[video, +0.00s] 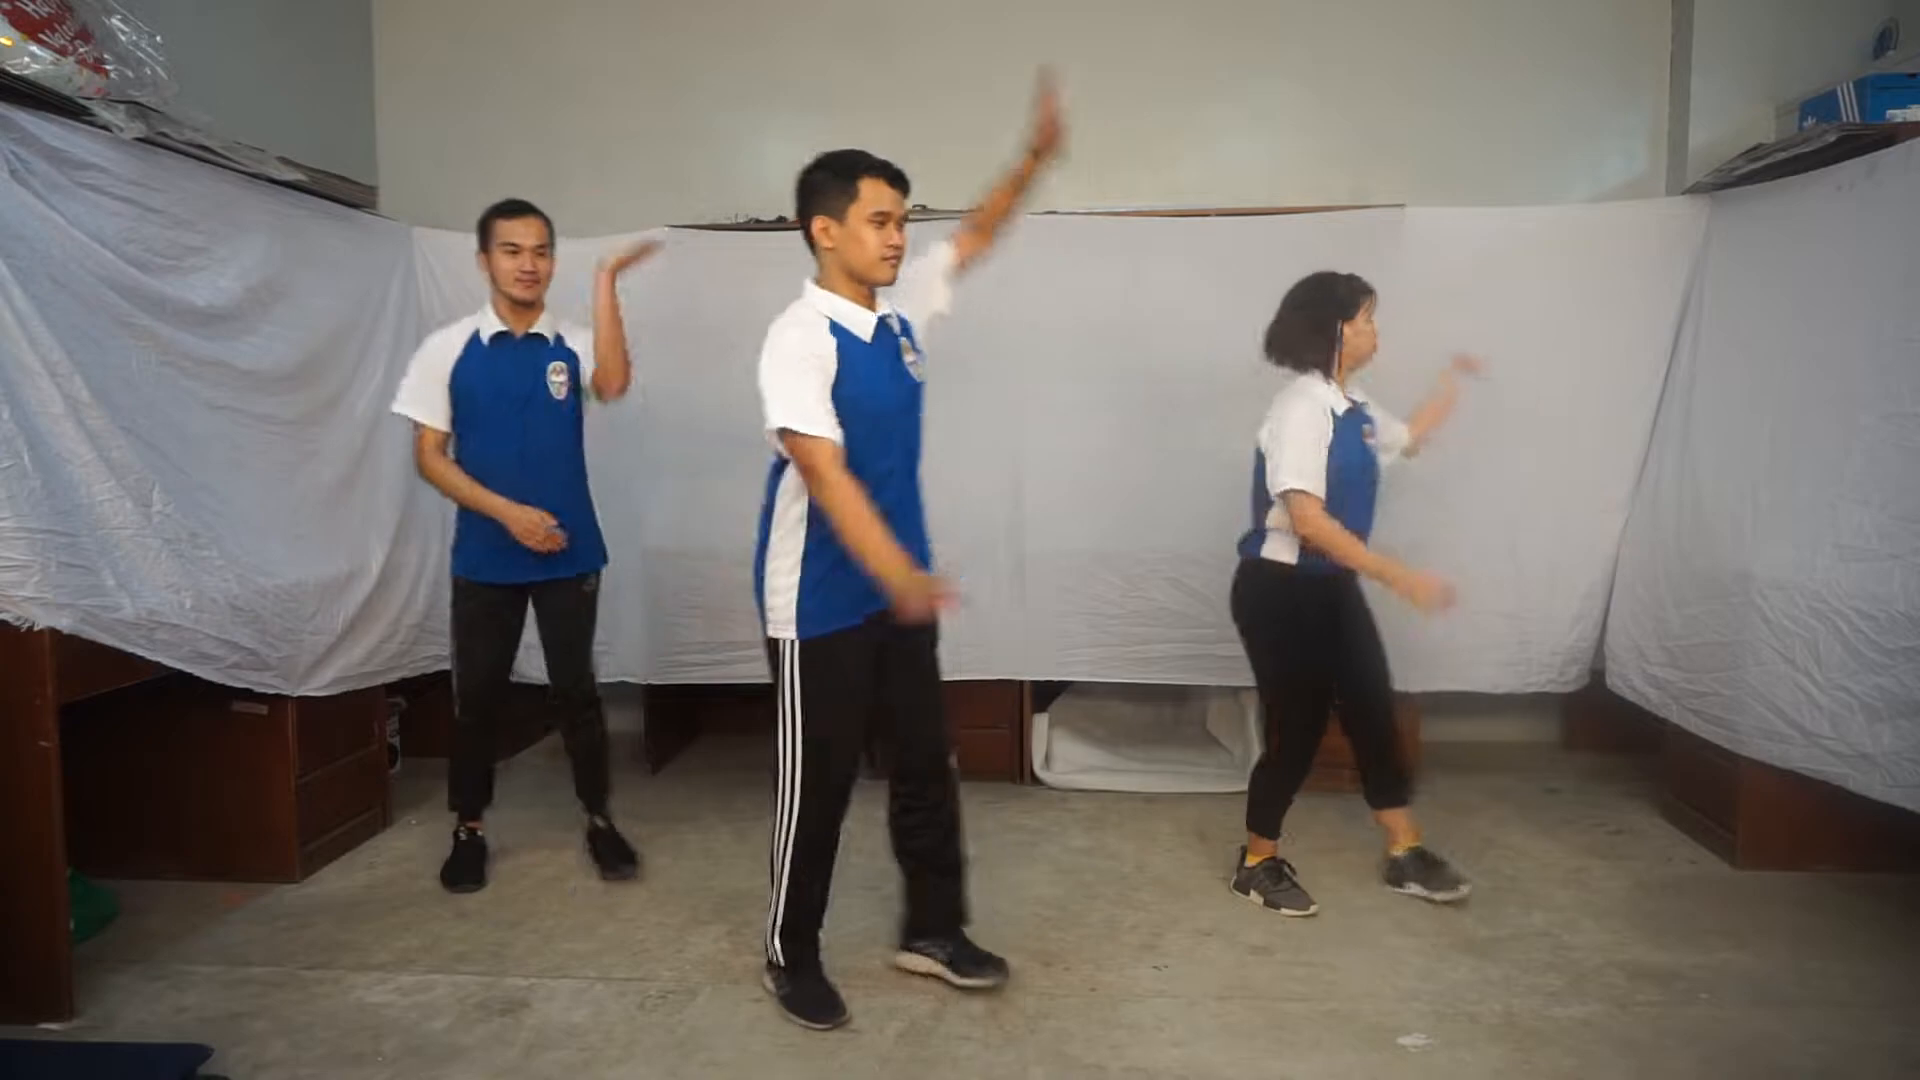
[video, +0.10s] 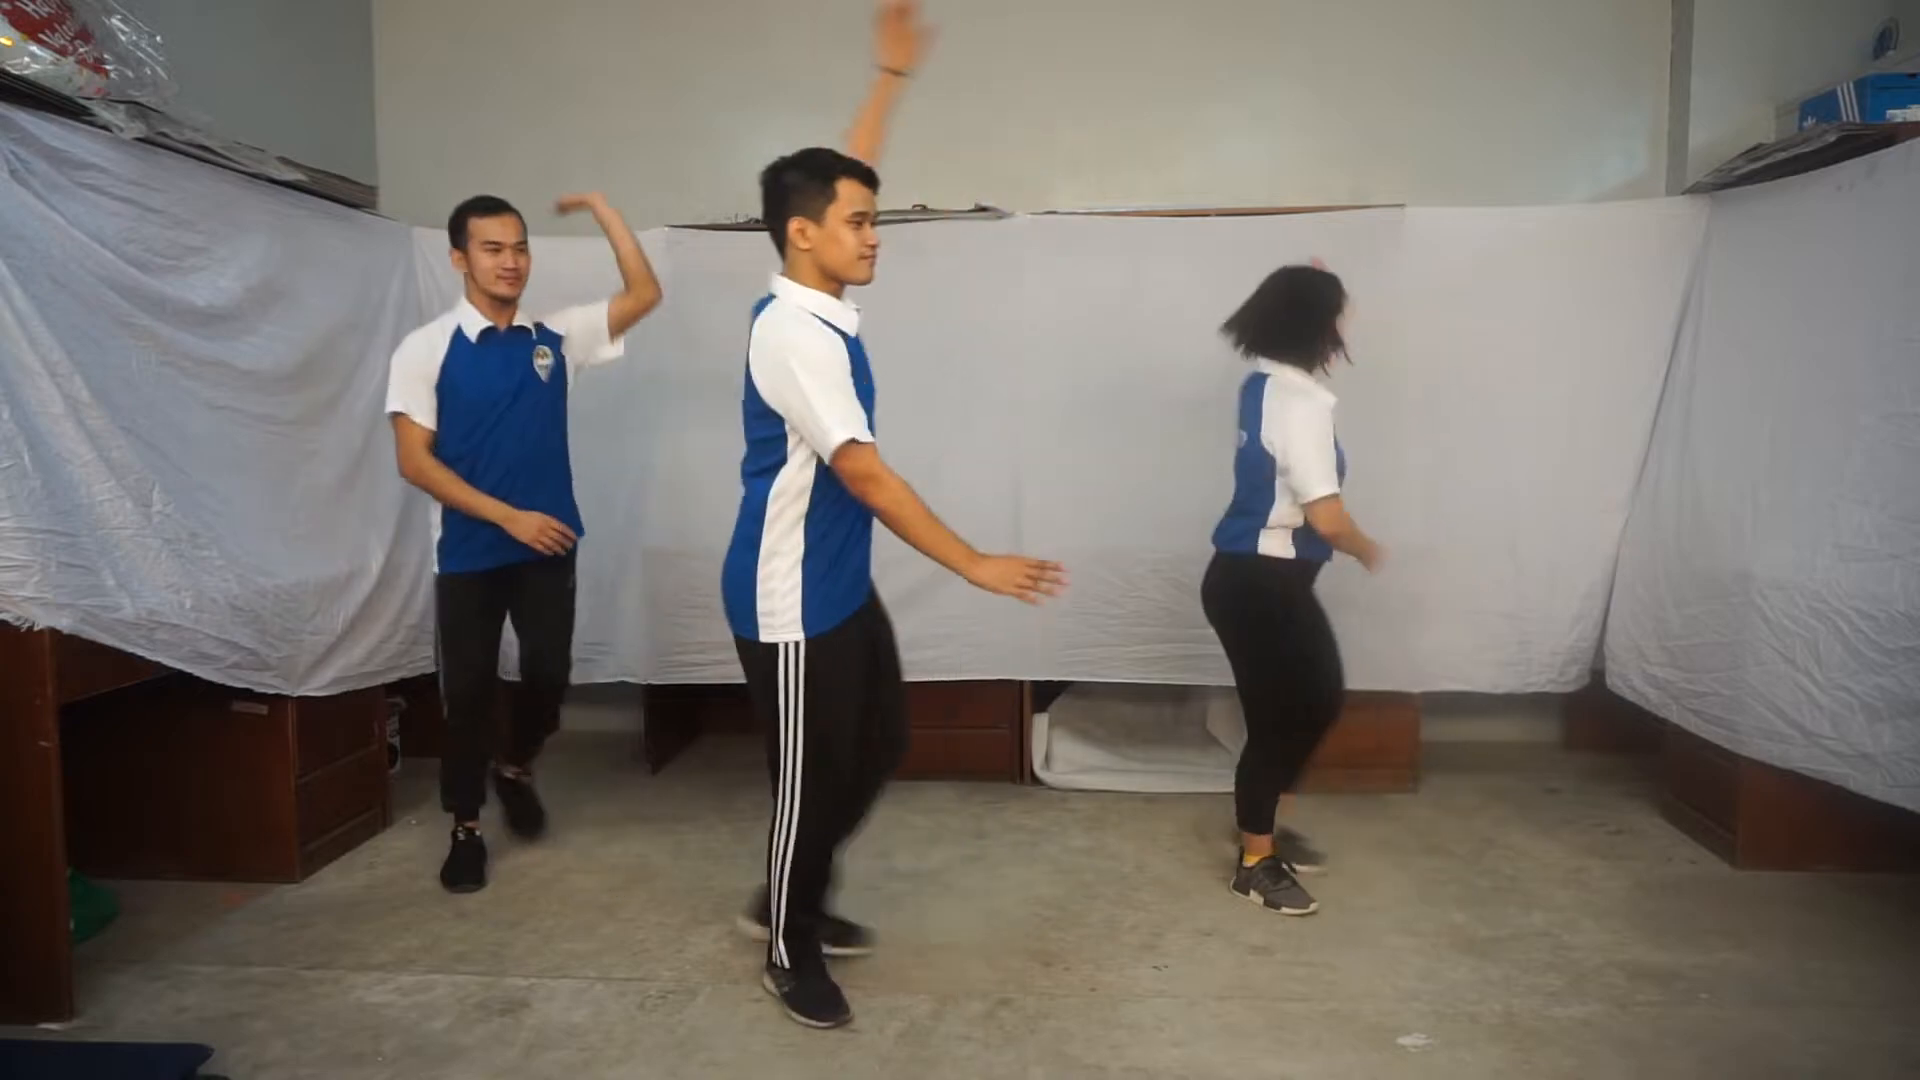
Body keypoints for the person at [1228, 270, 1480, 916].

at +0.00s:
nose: (1377, 332)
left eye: (1374, 320)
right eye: (1369, 320)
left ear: (1337, 329)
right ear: (1338, 329)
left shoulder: (1351, 403)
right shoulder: (1301, 403)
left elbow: (1407, 439)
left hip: (1333, 583)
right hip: (1280, 586)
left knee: (1372, 709)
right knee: (1295, 728)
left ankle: (1404, 850)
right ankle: (1259, 859)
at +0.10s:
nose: (1341, 337)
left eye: (1342, 324)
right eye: (1336, 325)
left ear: (1274, 319)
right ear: (1316, 327)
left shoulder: (1261, 383)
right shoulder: (1303, 401)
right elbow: (1324, 514)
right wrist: (1365, 548)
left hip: (1251, 571)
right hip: (1262, 581)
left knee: (1317, 699)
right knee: (1279, 713)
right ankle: (1254, 859)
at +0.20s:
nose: (1315, 334)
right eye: (1311, 323)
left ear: (1243, 324)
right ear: (1302, 331)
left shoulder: (1222, 387)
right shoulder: (1293, 403)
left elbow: (1239, 328)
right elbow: (1325, 516)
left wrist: (1262, 273)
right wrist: (1292, 498)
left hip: (1208, 570)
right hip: (1252, 582)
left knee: (1241, 702)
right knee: (1274, 714)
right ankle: (1255, 859)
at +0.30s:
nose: (1293, 334)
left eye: (1285, 320)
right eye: (1289, 323)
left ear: (1219, 329)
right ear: (1280, 334)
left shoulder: (1189, 386)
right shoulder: (1282, 410)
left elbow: (1177, 310)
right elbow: (1311, 513)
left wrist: (1188, 244)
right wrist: (1264, 506)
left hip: (1175, 574)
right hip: (1228, 587)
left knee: (1167, 693)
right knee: (1278, 717)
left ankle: (1085, 811)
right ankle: (1257, 859)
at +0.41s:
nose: (1269, 346)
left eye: (1258, 334)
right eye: (1266, 337)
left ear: (1196, 338)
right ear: (1258, 347)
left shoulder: (1168, 392)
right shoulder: (1266, 425)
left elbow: (1162, 307)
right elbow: (1288, 516)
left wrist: (1145, 234)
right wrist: (1237, 507)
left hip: (1142, 577)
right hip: (1201, 596)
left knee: (1122, 692)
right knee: (1277, 717)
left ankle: (1064, 820)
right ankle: (1257, 860)